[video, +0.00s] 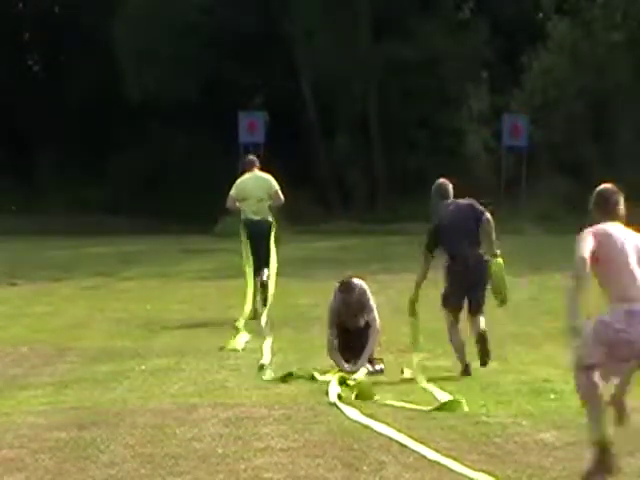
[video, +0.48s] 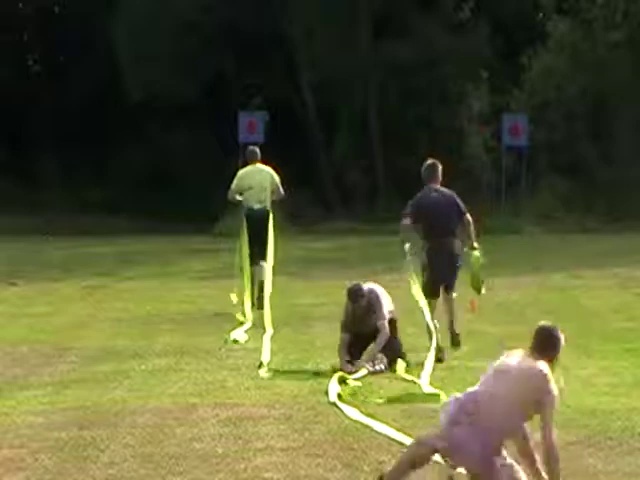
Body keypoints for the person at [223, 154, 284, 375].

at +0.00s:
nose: (250, 167)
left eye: (248, 165)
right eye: (252, 164)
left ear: (245, 166)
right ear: (258, 165)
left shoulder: (240, 182)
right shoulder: (268, 179)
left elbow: (230, 203)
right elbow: (280, 199)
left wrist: (244, 206)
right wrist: (267, 204)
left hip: (248, 221)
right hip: (266, 220)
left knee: (250, 258)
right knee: (270, 255)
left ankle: (249, 301)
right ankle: (266, 279)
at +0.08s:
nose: (254, 160)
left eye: (251, 157)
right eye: (256, 157)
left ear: (247, 159)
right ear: (260, 159)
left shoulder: (241, 174)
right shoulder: (267, 171)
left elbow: (230, 196)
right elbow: (280, 191)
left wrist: (244, 200)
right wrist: (267, 198)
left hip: (248, 215)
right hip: (265, 214)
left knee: (253, 257)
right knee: (264, 255)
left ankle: (254, 294)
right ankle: (264, 293)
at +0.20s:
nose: (255, 160)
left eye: (252, 157)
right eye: (257, 157)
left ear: (248, 158)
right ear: (261, 158)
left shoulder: (241, 174)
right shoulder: (269, 172)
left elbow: (231, 195)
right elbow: (282, 191)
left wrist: (244, 198)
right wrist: (268, 197)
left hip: (247, 211)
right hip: (264, 211)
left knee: (249, 244)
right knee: (262, 245)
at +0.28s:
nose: (256, 164)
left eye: (254, 160)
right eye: (258, 161)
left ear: (249, 162)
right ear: (262, 161)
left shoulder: (243, 178)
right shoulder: (270, 177)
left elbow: (232, 199)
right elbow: (282, 196)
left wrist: (245, 202)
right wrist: (269, 202)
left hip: (247, 216)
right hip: (264, 216)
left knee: (248, 250)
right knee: (262, 251)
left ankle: (249, 271)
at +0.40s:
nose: (253, 162)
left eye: (251, 158)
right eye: (256, 158)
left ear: (248, 160)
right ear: (261, 159)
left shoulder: (243, 174)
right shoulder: (269, 173)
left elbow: (233, 195)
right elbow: (280, 195)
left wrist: (246, 198)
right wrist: (269, 199)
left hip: (248, 213)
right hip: (264, 212)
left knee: (249, 249)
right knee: (261, 251)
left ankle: (251, 268)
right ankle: (260, 298)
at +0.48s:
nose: (251, 160)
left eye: (249, 157)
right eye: (254, 156)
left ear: (247, 159)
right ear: (260, 158)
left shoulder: (242, 173)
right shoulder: (268, 171)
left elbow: (232, 194)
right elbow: (280, 193)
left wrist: (243, 200)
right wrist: (268, 198)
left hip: (249, 210)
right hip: (264, 210)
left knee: (250, 246)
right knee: (263, 245)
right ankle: (262, 277)